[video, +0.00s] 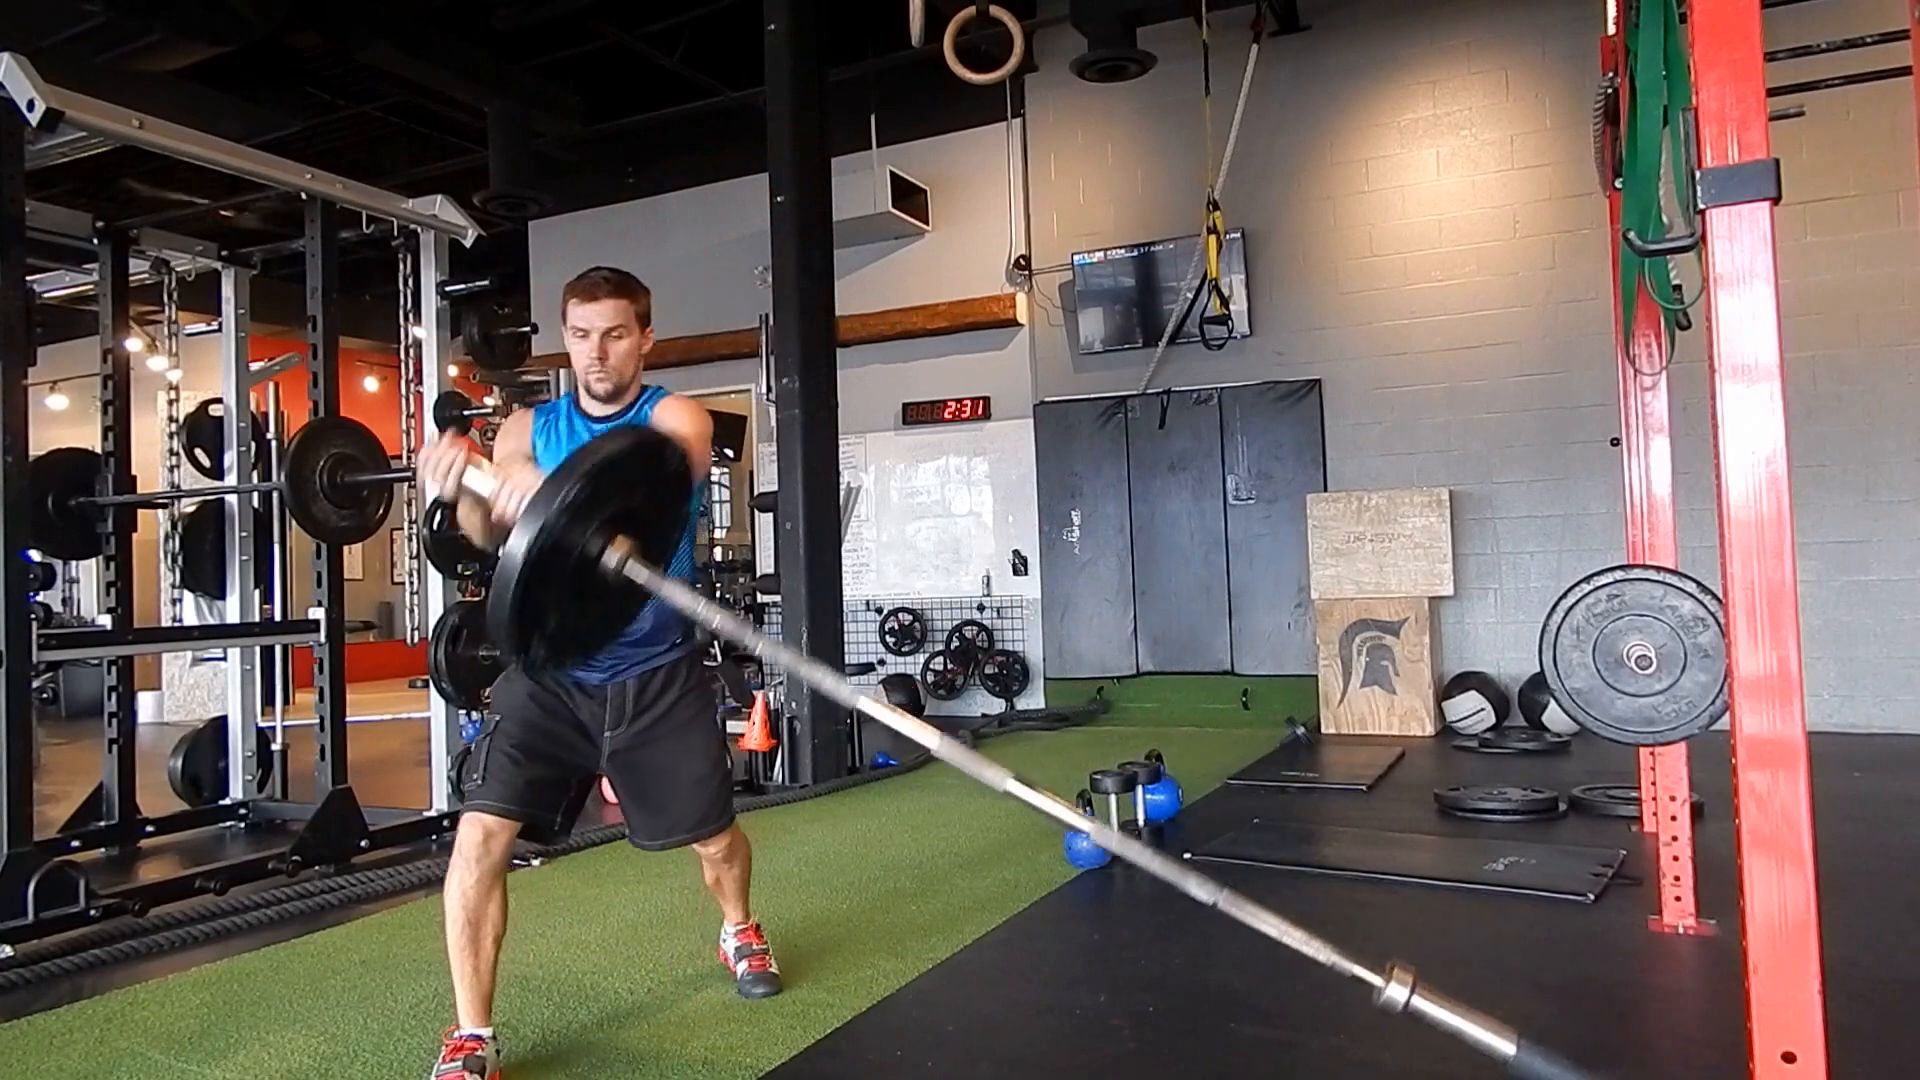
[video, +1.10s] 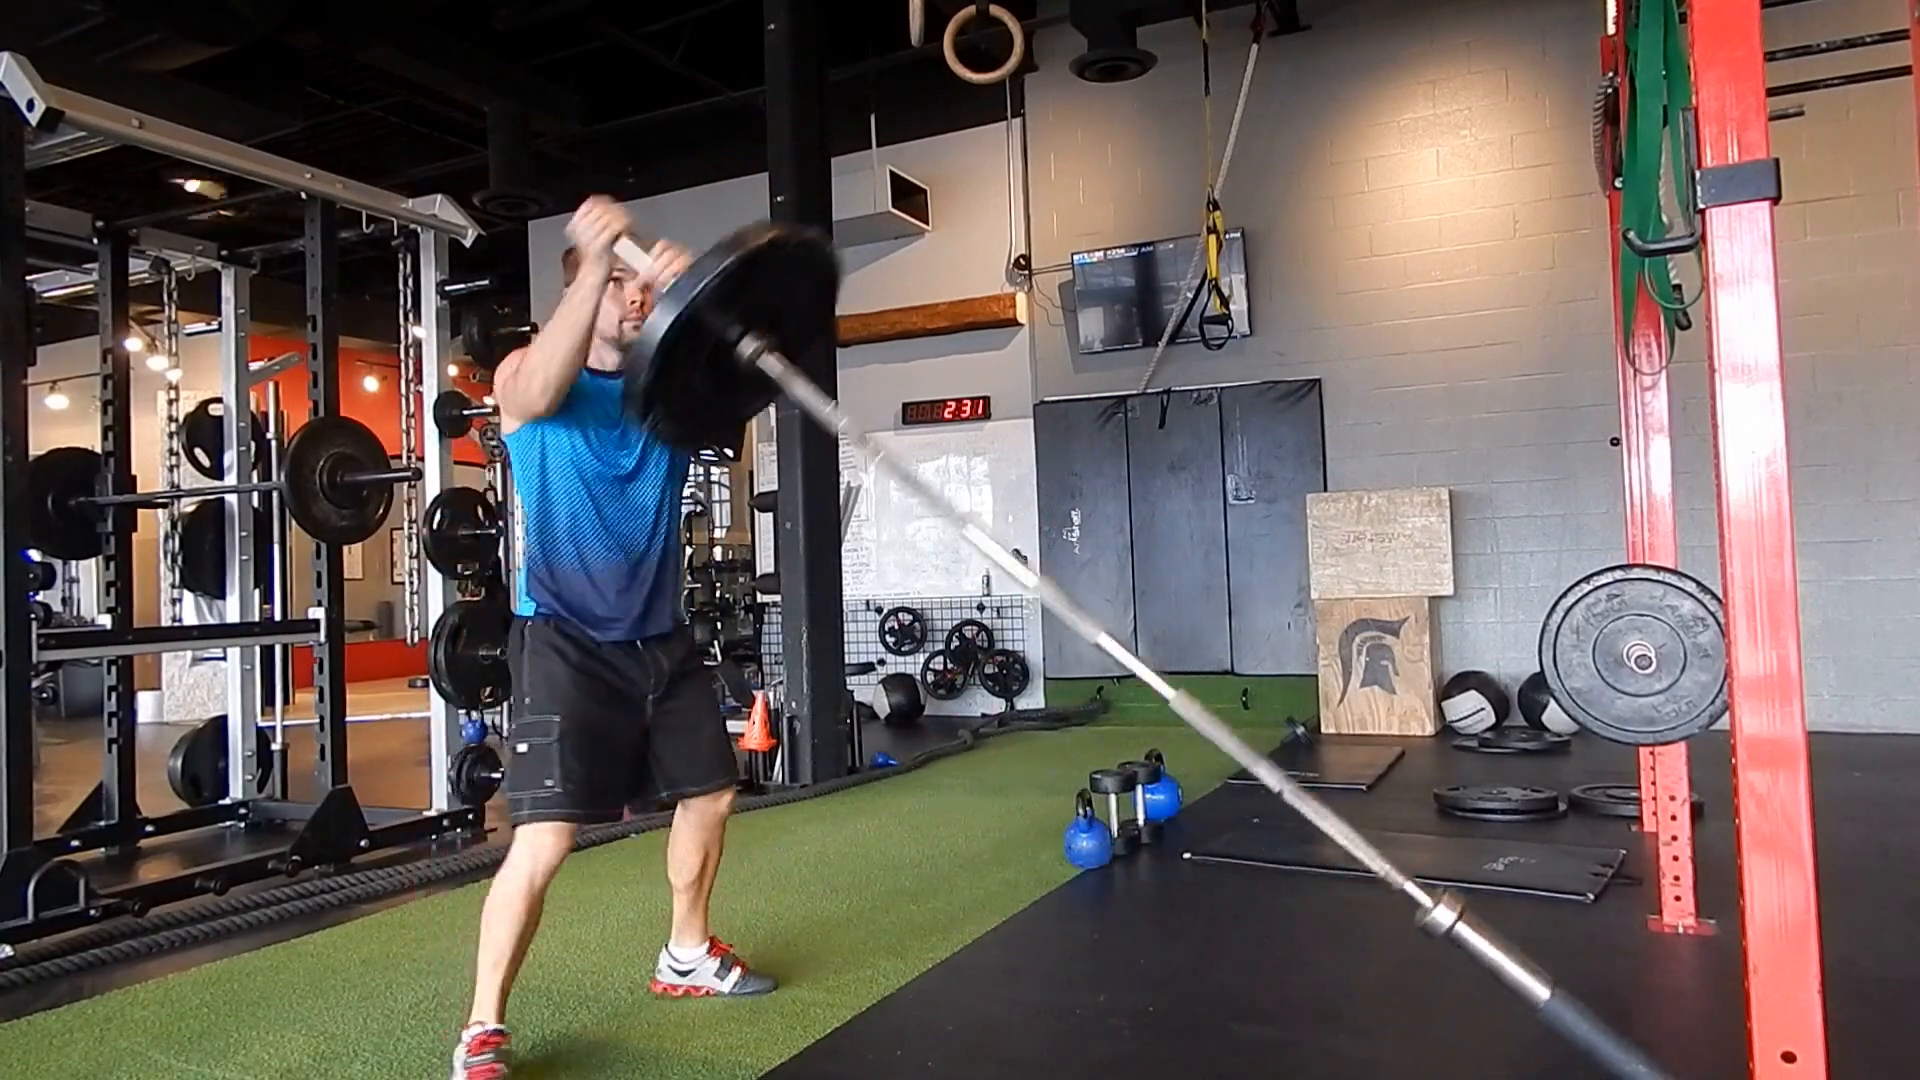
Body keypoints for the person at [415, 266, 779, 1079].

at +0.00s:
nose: (596, 352)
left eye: (613, 335)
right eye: (581, 336)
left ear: (646, 340)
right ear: (565, 341)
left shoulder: (680, 420)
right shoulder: (525, 429)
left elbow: (638, 507)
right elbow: (504, 528)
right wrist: (459, 494)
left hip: (659, 670)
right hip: (545, 675)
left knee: (715, 832)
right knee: (480, 836)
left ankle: (740, 932)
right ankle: (471, 1032)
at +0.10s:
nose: (574, 362)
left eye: (591, 345)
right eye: (559, 345)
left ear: (626, 348)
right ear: (545, 349)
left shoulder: (663, 431)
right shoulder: (515, 441)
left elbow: (626, 544)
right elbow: (490, 555)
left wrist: (512, 576)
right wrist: (440, 561)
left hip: (644, 674)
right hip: (534, 673)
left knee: (712, 843)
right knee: (468, 840)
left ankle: (753, 927)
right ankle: (469, 1034)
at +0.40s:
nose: (529, 394)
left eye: (547, 375)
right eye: (514, 377)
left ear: (586, 378)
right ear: (501, 385)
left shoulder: (625, 465)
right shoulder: (493, 481)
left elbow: (615, 607)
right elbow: (505, 606)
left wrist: (529, 720)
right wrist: (477, 698)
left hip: (640, 694)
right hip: (538, 694)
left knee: (707, 874)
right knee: (443, 841)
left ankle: (767, 920)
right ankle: (468, 1038)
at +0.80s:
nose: (592, 346)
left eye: (607, 333)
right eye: (573, 335)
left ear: (629, 352)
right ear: (547, 357)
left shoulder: (661, 430)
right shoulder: (509, 447)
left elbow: (645, 554)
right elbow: (500, 568)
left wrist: (514, 592)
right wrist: (457, 585)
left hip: (636, 664)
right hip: (531, 667)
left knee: (714, 848)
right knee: (463, 848)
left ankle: (754, 924)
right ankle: (473, 1036)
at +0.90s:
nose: (614, 327)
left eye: (627, 314)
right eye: (595, 315)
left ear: (643, 331)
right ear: (562, 335)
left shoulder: (668, 404)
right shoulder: (515, 422)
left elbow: (675, 498)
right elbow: (502, 547)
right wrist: (478, 496)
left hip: (654, 667)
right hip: (541, 676)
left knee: (717, 829)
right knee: (482, 840)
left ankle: (729, 929)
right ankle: (475, 1035)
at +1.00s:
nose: (625, 309)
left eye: (637, 297)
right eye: (607, 296)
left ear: (649, 310)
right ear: (569, 310)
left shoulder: (665, 385)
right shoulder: (529, 388)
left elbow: (728, 433)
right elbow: (509, 479)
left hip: (657, 648)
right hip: (551, 650)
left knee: (714, 807)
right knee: (512, 838)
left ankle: (696, 944)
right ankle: (477, 1033)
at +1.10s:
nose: (636, 300)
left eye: (645, 287)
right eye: (619, 284)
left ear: (654, 300)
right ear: (580, 293)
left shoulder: (667, 385)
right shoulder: (533, 376)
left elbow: (739, 377)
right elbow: (527, 401)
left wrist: (696, 296)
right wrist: (588, 271)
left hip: (661, 638)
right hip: (563, 638)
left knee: (708, 794)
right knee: (548, 826)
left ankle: (687, 953)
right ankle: (483, 1026)